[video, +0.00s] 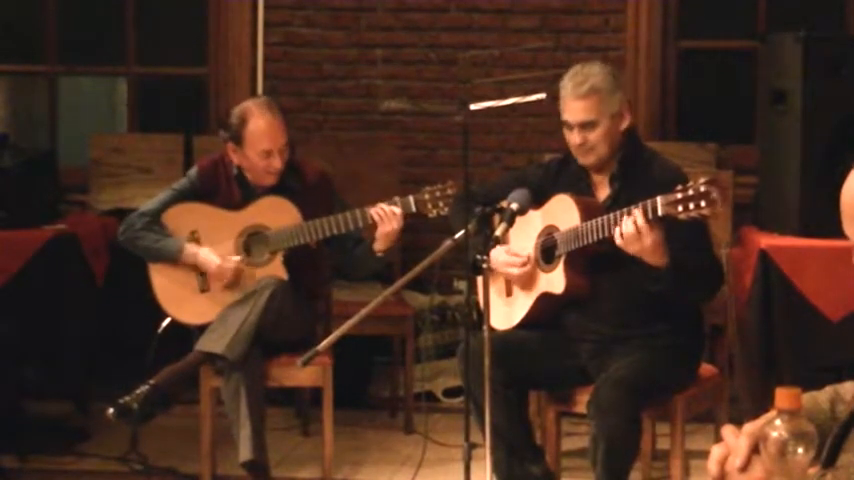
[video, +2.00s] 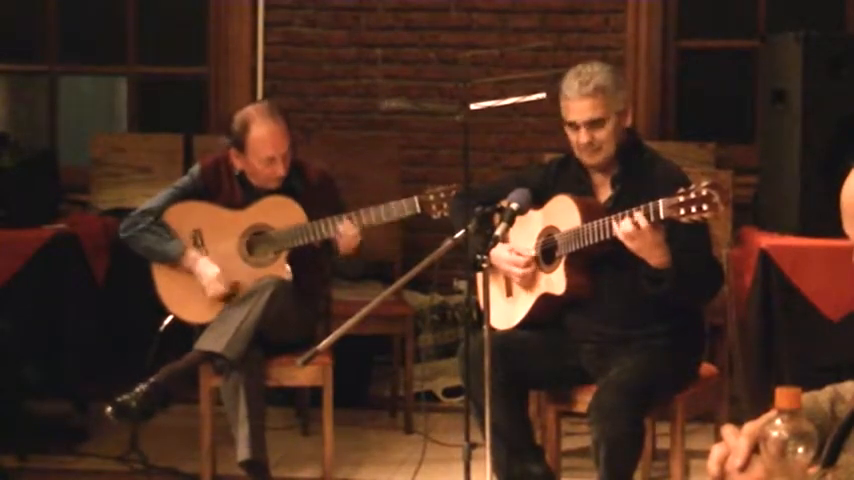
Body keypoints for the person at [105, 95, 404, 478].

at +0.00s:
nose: (277, 163)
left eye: (282, 151)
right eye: (265, 155)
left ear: (289, 142)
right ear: (234, 153)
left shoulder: (308, 182)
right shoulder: (211, 177)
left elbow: (344, 261)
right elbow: (133, 230)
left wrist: (379, 248)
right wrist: (199, 256)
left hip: (294, 315)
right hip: (228, 312)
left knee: (272, 290)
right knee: (243, 354)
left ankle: (168, 381)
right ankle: (255, 469)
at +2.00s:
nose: (280, 169)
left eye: (284, 157)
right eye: (269, 162)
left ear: (290, 145)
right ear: (238, 157)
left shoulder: (313, 183)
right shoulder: (213, 176)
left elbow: (343, 269)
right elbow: (134, 227)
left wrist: (347, 252)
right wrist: (195, 262)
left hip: (297, 315)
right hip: (228, 312)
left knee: (271, 289)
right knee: (245, 357)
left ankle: (165, 380)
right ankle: (255, 468)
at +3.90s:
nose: (255, 147)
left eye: (261, 133)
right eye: (240, 135)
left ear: (269, 129)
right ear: (202, 135)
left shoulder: (291, 189)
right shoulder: (172, 174)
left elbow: (312, 293)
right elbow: (77, 234)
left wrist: (339, 283)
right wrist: (162, 261)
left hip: (270, 346)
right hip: (186, 338)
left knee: (241, 316)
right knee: (206, 405)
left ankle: (107, 428)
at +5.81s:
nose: (142, 155)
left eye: (162, 145)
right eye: (135, 136)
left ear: (207, 146)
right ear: (128, 120)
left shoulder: (254, 192)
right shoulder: (104, 177)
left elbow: (315, 301)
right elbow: (4, 253)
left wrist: (378, 281)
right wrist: (89, 297)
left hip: (227, 384)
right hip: (116, 371)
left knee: (194, 343)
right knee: (149, 447)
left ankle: (71, 459)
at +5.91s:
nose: (142, 155)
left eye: (163, 145)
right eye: (136, 136)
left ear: (207, 147)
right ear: (129, 120)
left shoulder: (255, 192)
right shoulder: (105, 177)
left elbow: (315, 301)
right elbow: (5, 253)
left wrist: (379, 282)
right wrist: (86, 294)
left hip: (227, 385)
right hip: (113, 373)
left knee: (194, 345)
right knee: (149, 445)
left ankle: (70, 459)